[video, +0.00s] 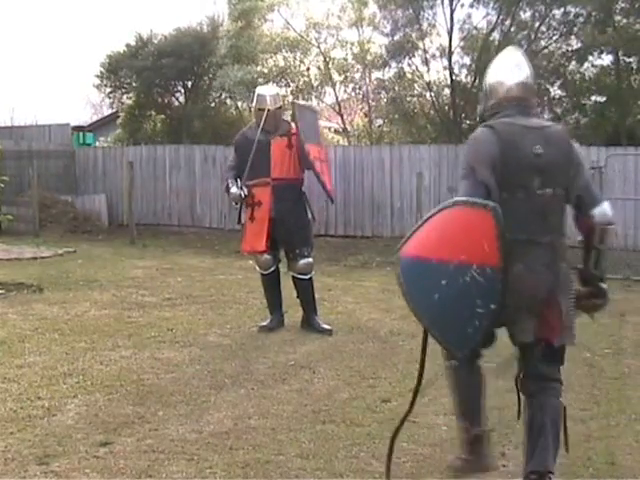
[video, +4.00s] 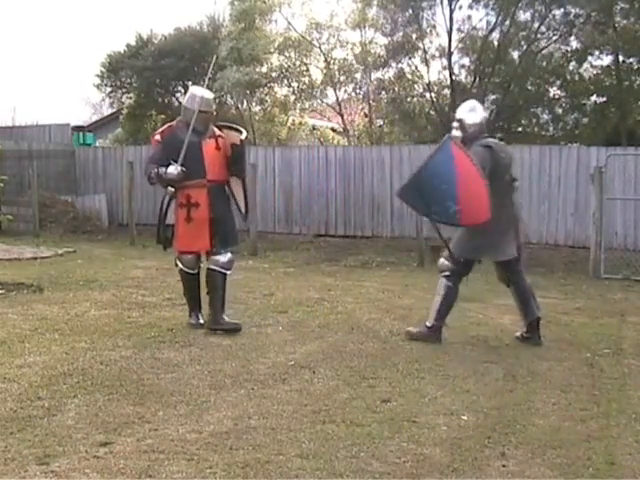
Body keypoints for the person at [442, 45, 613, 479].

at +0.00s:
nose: (492, 98)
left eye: (491, 92)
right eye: (504, 91)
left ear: (491, 95)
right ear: (533, 93)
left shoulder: (484, 140)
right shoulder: (560, 139)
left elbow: (473, 212)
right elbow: (594, 215)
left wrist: (459, 278)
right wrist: (592, 275)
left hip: (497, 268)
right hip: (548, 270)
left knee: (460, 342)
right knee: (544, 376)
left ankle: (474, 450)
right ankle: (540, 471)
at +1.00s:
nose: (441, 113)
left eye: (442, 108)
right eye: (469, 108)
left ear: (443, 109)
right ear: (474, 111)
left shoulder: (429, 145)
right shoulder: (496, 149)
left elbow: (401, 196)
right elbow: (522, 204)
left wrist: (391, 230)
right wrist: (490, 217)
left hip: (435, 250)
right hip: (477, 252)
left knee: (424, 324)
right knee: (470, 324)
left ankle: (435, 389)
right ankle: (468, 402)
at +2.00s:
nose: (433, 120)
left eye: (434, 116)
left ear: (434, 117)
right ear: (462, 116)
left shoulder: (430, 151)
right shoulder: (483, 147)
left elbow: (403, 194)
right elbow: (512, 194)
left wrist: (411, 151)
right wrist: (485, 208)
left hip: (442, 233)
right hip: (479, 232)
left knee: (438, 305)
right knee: (488, 295)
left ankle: (439, 378)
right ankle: (496, 360)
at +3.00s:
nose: (463, 123)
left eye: (464, 118)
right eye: (463, 118)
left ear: (471, 118)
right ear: (490, 116)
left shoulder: (473, 148)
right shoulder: (513, 145)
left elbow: (435, 165)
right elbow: (536, 182)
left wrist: (452, 139)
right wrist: (516, 203)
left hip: (479, 226)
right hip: (509, 224)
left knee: (473, 283)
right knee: (508, 278)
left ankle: (483, 343)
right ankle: (525, 320)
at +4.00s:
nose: (458, 129)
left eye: (460, 124)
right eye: (458, 125)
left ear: (470, 125)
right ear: (483, 124)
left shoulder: (479, 151)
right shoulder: (502, 149)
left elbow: (469, 183)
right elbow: (507, 185)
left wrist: (457, 149)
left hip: (480, 225)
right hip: (505, 224)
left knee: (451, 271)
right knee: (513, 274)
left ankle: (433, 327)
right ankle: (533, 328)